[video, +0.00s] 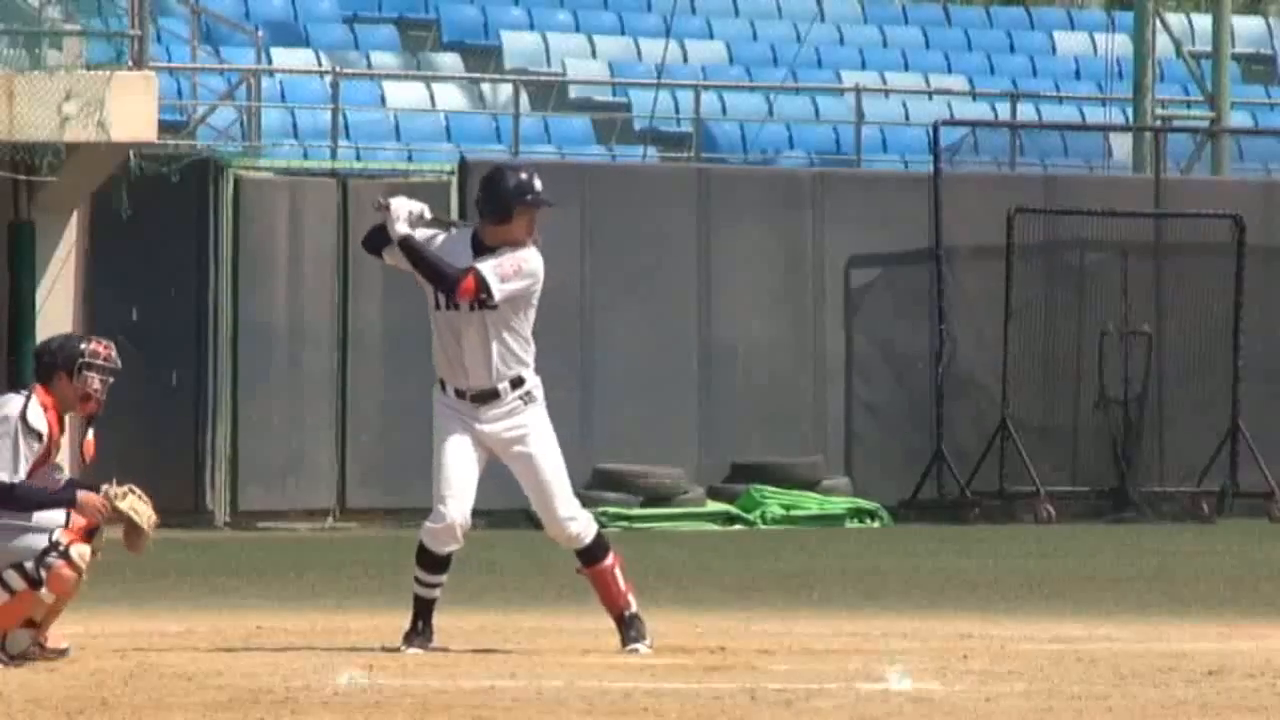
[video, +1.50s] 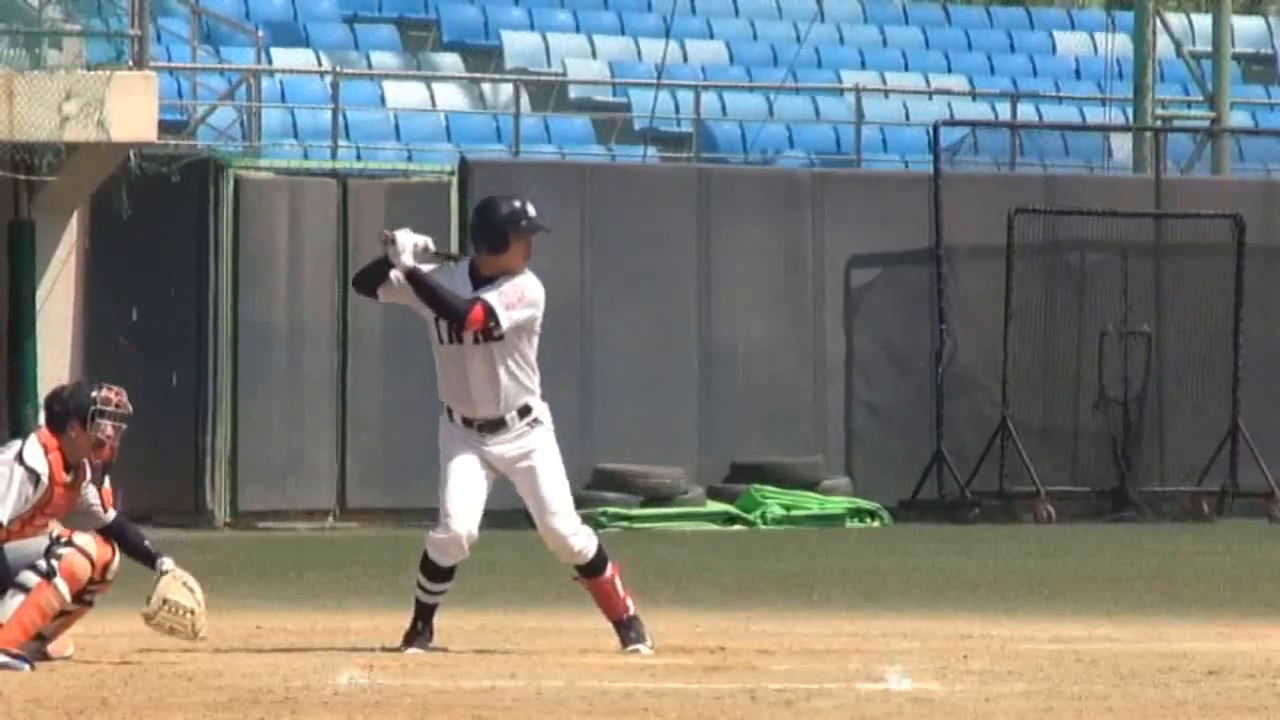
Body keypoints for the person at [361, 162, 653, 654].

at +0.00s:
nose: (535, 221)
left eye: (536, 212)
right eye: (528, 213)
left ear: (512, 217)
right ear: (501, 217)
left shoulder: (526, 262)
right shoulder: (447, 243)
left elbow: (459, 286)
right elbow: (372, 245)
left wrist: (404, 237)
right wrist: (396, 220)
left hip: (518, 408)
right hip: (456, 410)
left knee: (564, 521)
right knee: (449, 519)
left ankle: (628, 619)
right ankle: (421, 624)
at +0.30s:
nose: (546, 220)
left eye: (545, 211)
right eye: (539, 212)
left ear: (516, 217)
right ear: (514, 218)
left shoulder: (541, 262)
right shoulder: (457, 254)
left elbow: (484, 289)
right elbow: (385, 260)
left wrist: (420, 246)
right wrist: (406, 232)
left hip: (534, 412)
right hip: (471, 415)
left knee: (574, 527)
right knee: (460, 523)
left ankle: (630, 624)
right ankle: (422, 625)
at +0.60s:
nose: (541, 220)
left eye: (541, 211)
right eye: (533, 212)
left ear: (514, 217)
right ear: (507, 217)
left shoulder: (535, 264)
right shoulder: (453, 254)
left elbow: (476, 293)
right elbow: (377, 260)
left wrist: (416, 247)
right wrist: (403, 234)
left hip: (528, 412)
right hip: (465, 414)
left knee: (570, 526)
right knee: (456, 523)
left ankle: (630, 623)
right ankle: (421, 626)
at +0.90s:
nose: (531, 226)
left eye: (531, 217)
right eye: (524, 218)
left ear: (504, 223)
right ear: (499, 224)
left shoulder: (524, 270)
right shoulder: (441, 253)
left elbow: (463, 297)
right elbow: (366, 253)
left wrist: (404, 248)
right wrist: (392, 227)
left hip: (513, 413)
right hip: (451, 414)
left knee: (557, 523)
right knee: (447, 519)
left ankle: (626, 620)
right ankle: (420, 627)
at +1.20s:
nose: (542, 230)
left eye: (542, 221)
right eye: (535, 222)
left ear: (513, 226)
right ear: (511, 227)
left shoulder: (538, 272)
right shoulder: (453, 262)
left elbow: (481, 301)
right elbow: (378, 270)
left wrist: (419, 254)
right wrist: (403, 240)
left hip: (531, 417)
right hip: (469, 420)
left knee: (565, 527)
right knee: (458, 525)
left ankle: (628, 624)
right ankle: (421, 626)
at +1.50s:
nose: (530, 247)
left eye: (530, 238)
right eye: (523, 239)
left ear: (505, 244)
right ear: (498, 244)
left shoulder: (526, 290)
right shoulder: (440, 280)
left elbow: (468, 318)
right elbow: (365, 285)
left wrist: (411, 271)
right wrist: (397, 257)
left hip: (525, 430)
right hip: (462, 435)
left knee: (562, 531)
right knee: (454, 533)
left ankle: (627, 622)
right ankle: (421, 625)